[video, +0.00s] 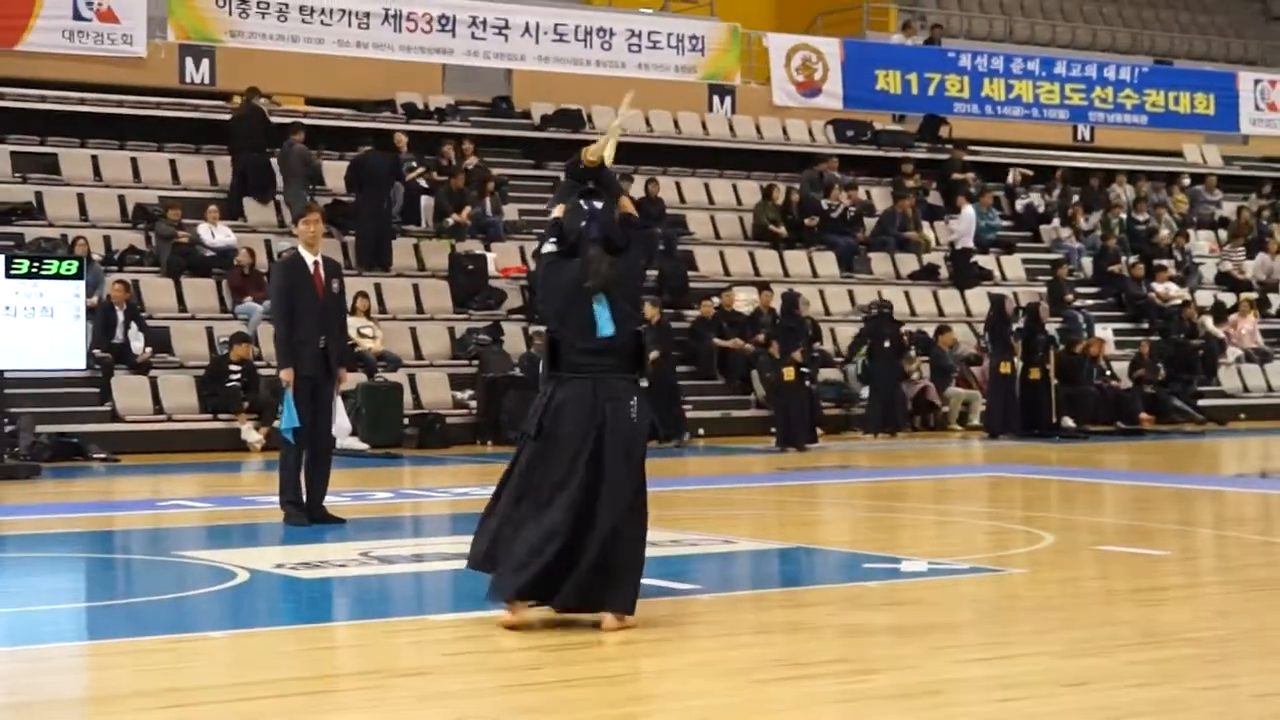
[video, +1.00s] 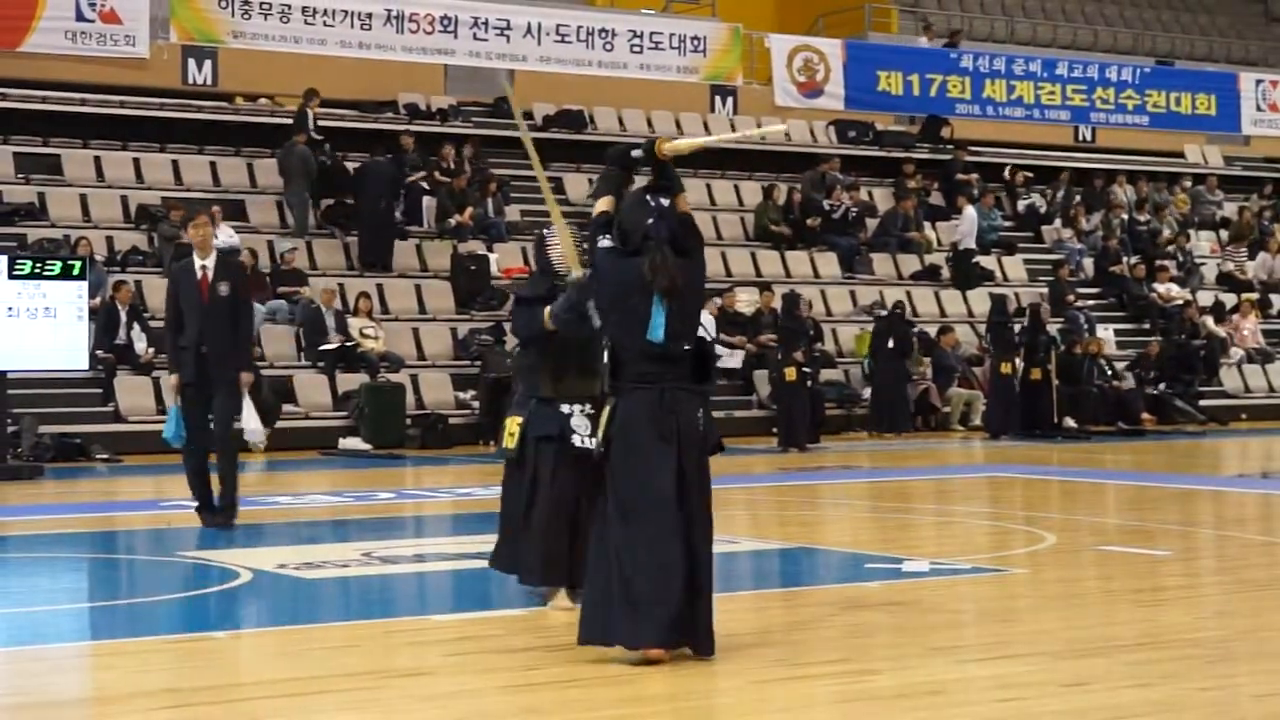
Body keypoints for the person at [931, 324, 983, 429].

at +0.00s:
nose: (952, 338)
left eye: (952, 335)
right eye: (949, 335)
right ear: (940, 337)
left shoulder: (948, 352)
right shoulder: (937, 353)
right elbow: (949, 368)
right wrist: (956, 368)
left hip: (952, 386)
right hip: (941, 388)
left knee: (976, 395)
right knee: (958, 394)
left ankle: (973, 420)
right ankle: (952, 422)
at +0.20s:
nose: (951, 337)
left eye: (951, 334)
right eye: (948, 334)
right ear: (939, 336)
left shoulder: (947, 351)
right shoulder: (935, 352)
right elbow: (946, 367)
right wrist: (955, 367)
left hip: (951, 386)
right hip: (939, 388)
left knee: (974, 395)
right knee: (957, 393)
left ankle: (971, 420)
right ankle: (950, 422)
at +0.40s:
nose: (953, 338)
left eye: (953, 335)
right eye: (950, 335)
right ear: (941, 337)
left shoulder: (950, 353)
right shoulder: (937, 353)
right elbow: (949, 367)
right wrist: (958, 368)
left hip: (953, 387)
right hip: (941, 389)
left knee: (976, 396)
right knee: (959, 394)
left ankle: (974, 421)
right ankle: (952, 423)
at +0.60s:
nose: (954, 338)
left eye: (954, 336)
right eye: (951, 336)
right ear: (942, 337)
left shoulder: (950, 352)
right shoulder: (938, 353)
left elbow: (961, 361)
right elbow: (950, 367)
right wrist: (959, 368)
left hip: (953, 388)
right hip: (941, 389)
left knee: (977, 396)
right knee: (960, 395)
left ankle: (974, 421)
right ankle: (953, 423)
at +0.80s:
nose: (954, 338)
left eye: (953, 335)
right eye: (951, 335)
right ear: (941, 337)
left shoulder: (951, 353)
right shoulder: (938, 353)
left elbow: (961, 363)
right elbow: (949, 366)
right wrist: (959, 368)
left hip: (954, 387)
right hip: (941, 389)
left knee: (977, 395)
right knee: (960, 394)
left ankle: (974, 421)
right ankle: (953, 423)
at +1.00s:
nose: (955, 338)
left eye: (954, 335)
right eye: (951, 335)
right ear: (942, 337)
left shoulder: (951, 353)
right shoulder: (938, 353)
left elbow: (962, 364)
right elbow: (951, 367)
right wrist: (960, 368)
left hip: (954, 387)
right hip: (941, 389)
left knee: (977, 395)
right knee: (960, 394)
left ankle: (975, 421)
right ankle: (953, 423)